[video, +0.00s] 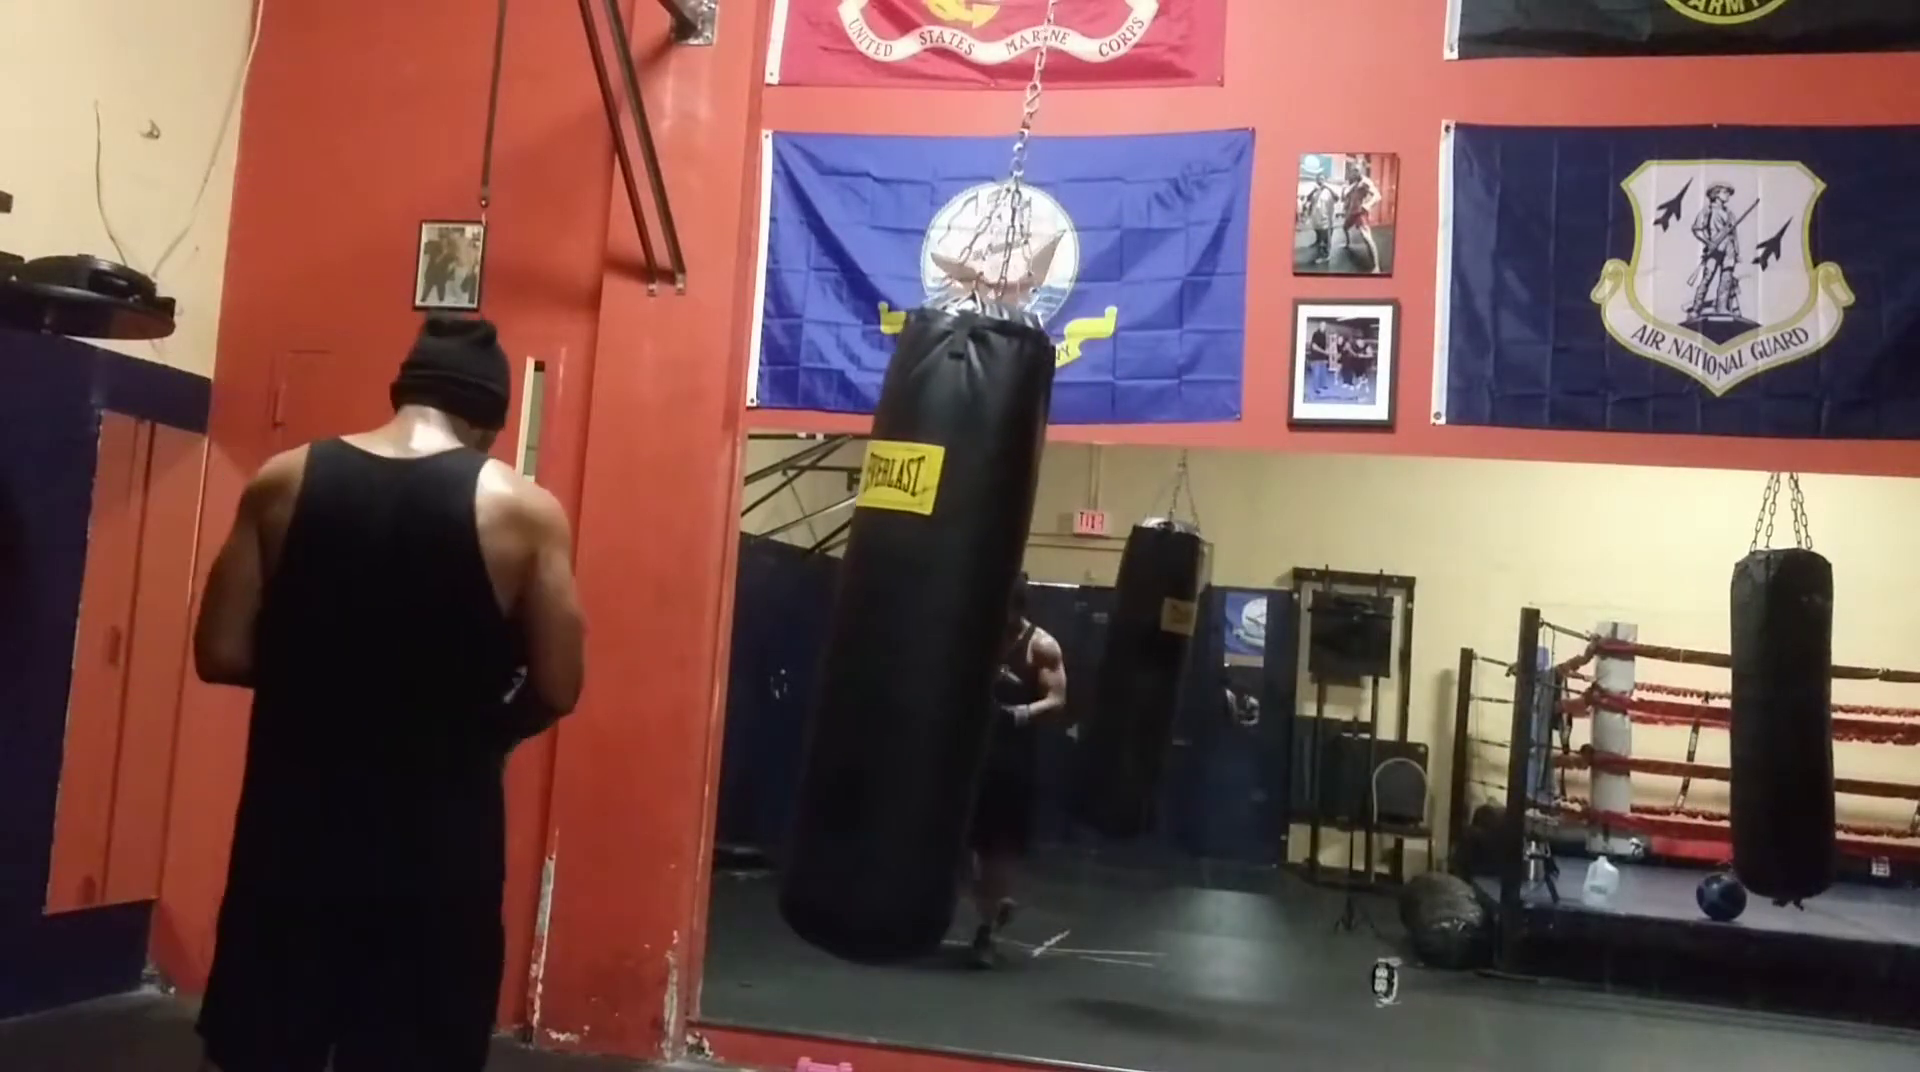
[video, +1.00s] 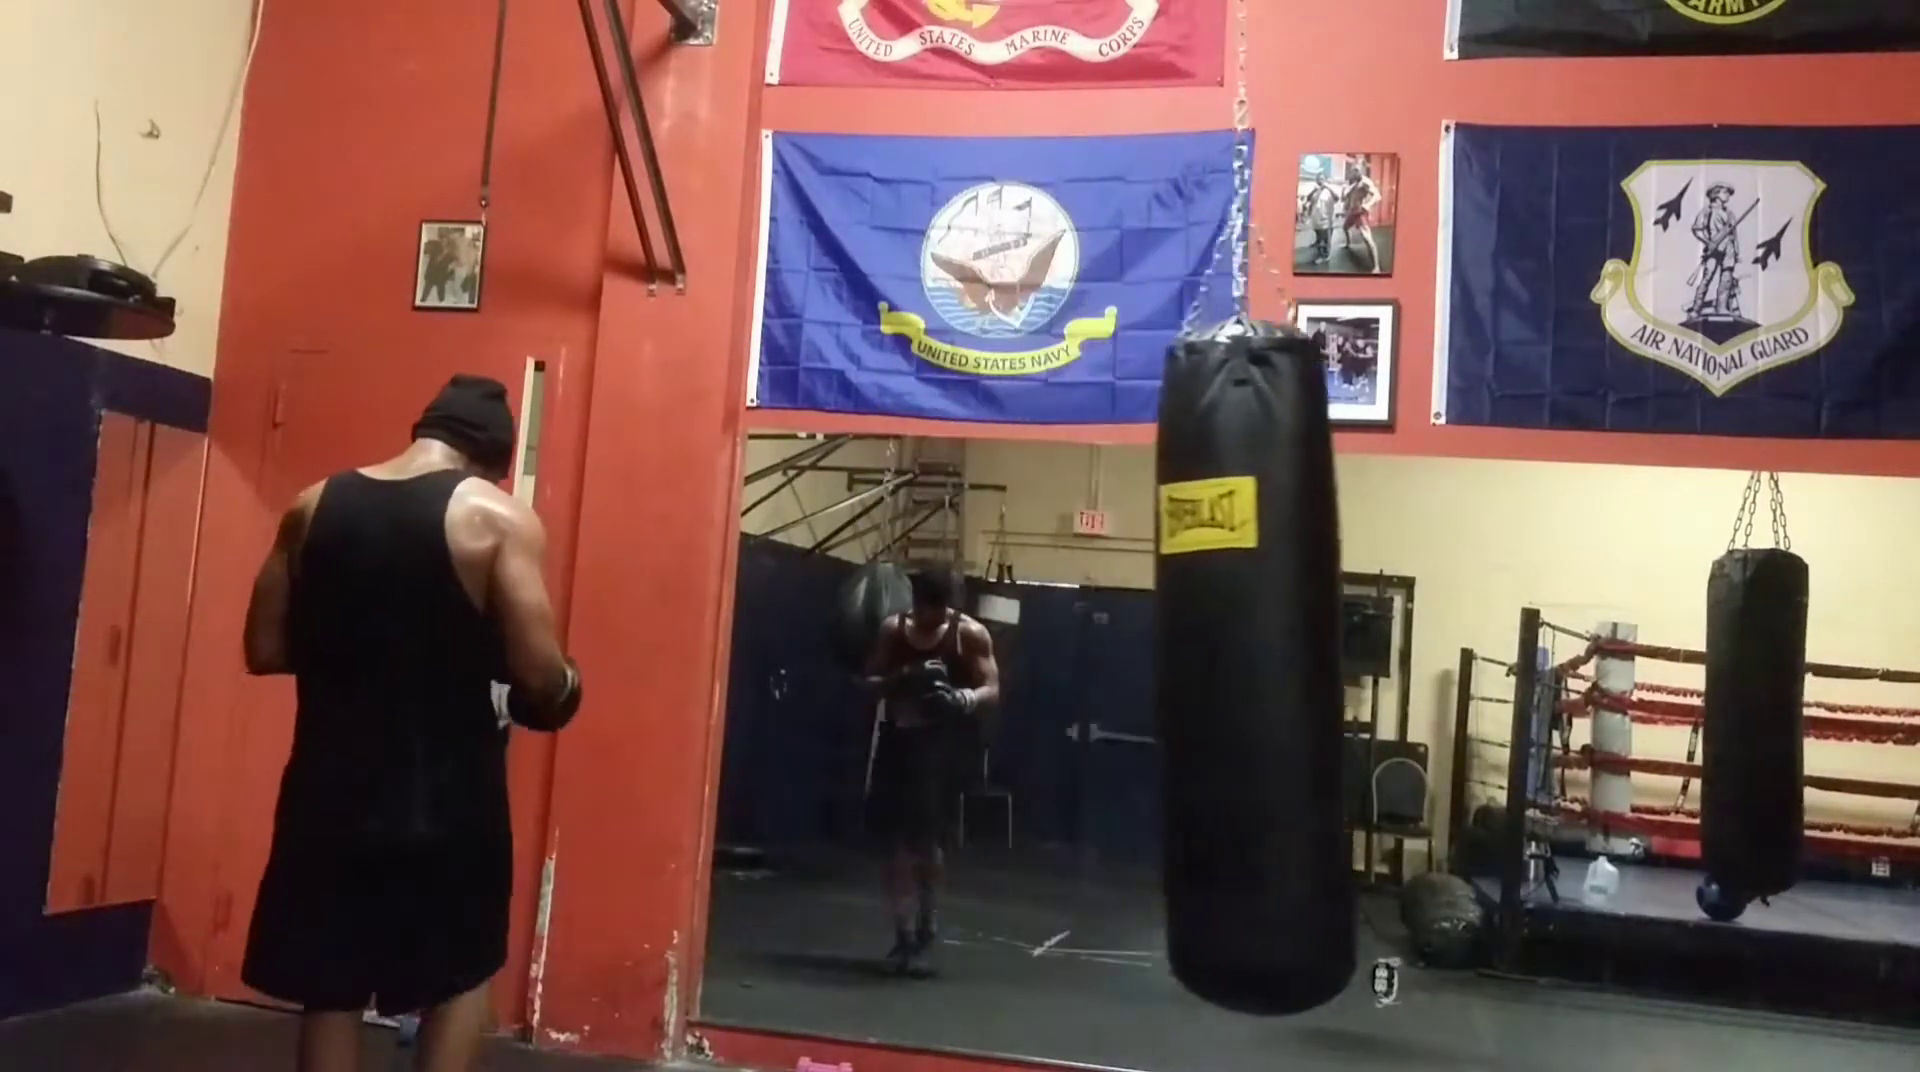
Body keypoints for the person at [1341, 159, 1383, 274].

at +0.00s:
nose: (1352, 174)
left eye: (1355, 171)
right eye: (1351, 171)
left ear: (1359, 172)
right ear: (1349, 173)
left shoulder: (1365, 182)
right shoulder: (1349, 184)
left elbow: (1376, 196)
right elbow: (1343, 198)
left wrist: (1366, 206)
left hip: (1360, 212)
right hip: (1350, 213)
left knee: (1367, 237)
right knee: (1345, 227)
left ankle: (1376, 266)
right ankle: (1348, 243)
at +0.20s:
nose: (1351, 174)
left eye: (1353, 171)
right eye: (1350, 171)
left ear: (1358, 172)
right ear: (1350, 173)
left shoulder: (1365, 182)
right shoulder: (1351, 184)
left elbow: (1376, 196)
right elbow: (1346, 199)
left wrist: (1366, 206)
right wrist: (1345, 210)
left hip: (1361, 212)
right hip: (1351, 212)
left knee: (1367, 237)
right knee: (1345, 227)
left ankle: (1376, 266)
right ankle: (1348, 243)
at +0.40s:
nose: (1351, 174)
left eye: (1354, 172)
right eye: (1351, 172)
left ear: (1358, 172)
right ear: (1350, 173)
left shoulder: (1365, 182)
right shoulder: (1351, 184)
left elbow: (1376, 196)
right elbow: (1344, 198)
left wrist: (1366, 206)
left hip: (1361, 211)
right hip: (1351, 211)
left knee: (1367, 237)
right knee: (1345, 227)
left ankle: (1376, 266)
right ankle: (1348, 243)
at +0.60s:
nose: (1351, 174)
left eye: (1354, 172)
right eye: (1351, 172)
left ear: (1358, 172)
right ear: (1350, 173)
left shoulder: (1365, 182)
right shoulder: (1351, 184)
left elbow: (1376, 196)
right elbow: (1344, 197)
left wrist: (1366, 206)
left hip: (1361, 211)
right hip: (1351, 211)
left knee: (1367, 237)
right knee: (1345, 227)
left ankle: (1376, 266)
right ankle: (1348, 243)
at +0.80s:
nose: (1351, 176)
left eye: (1353, 173)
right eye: (1350, 174)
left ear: (1357, 173)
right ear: (1350, 174)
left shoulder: (1365, 182)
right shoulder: (1351, 184)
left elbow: (1376, 196)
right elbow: (1343, 198)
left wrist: (1367, 206)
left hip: (1360, 211)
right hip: (1351, 211)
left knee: (1366, 237)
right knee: (1345, 227)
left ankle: (1376, 266)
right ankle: (1348, 243)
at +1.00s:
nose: (1351, 175)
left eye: (1353, 173)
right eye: (1350, 173)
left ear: (1358, 173)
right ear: (1350, 174)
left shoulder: (1365, 182)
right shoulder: (1351, 184)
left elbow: (1376, 195)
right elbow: (1344, 197)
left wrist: (1366, 206)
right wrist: (1350, 187)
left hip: (1361, 211)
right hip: (1351, 211)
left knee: (1366, 237)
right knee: (1345, 227)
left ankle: (1376, 266)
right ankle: (1348, 243)